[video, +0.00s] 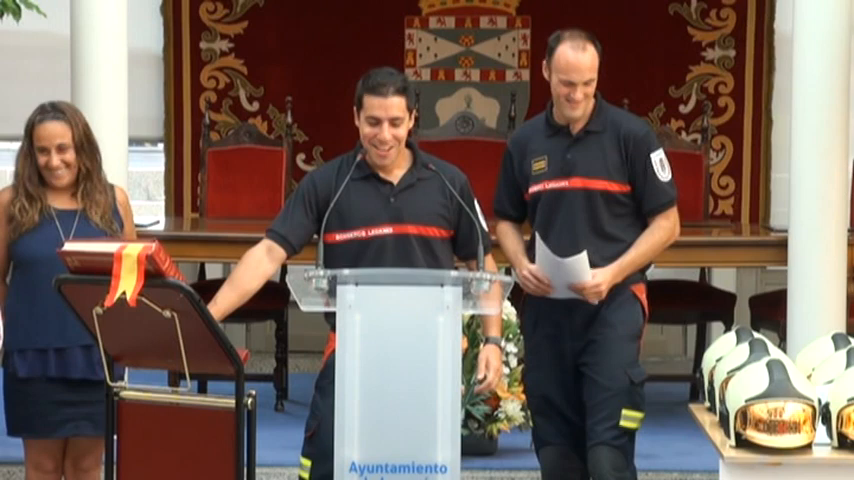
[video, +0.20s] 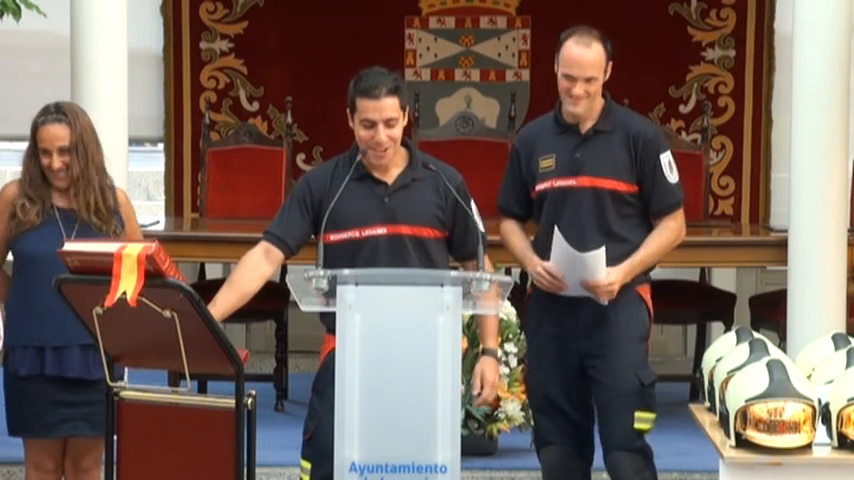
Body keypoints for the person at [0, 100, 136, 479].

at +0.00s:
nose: (54, 160)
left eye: (63, 149)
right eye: (44, 151)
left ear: (83, 149)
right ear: (31, 154)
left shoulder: (115, 200)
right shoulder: (11, 203)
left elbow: (132, 274)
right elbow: (1, 278)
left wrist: (127, 344)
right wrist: (4, 336)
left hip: (95, 355)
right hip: (31, 355)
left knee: (87, 466)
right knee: (44, 467)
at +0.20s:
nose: (55, 162)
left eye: (65, 151)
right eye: (46, 153)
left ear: (86, 150)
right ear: (35, 153)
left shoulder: (115, 201)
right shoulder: (15, 198)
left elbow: (139, 272)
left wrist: (128, 339)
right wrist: (13, 295)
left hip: (95, 354)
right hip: (32, 353)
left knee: (87, 466)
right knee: (43, 467)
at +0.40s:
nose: (56, 163)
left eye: (65, 151)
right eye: (47, 153)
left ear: (86, 149)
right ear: (36, 153)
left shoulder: (118, 200)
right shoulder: (17, 198)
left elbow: (145, 271)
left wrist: (127, 335)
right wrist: (12, 296)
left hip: (94, 351)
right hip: (32, 350)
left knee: (87, 466)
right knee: (43, 466)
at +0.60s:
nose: (55, 162)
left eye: (65, 150)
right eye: (46, 152)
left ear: (86, 149)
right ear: (35, 153)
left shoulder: (122, 201)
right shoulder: (16, 201)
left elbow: (133, 279)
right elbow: (4, 277)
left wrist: (126, 348)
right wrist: (5, 333)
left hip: (96, 355)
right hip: (32, 354)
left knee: (87, 466)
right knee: (44, 466)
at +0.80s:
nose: (56, 160)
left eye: (65, 148)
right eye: (46, 150)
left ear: (86, 148)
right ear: (35, 151)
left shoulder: (123, 201)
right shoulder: (15, 201)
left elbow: (134, 279)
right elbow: (5, 278)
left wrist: (125, 347)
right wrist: (12, 327)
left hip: (95, 357)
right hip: (31, 355)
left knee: (87, 466)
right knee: (43, 466)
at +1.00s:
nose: (58, 155)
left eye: (69, 145)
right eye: (48, 145)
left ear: (87, 147)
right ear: (35, 149)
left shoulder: (121, 201)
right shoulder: (13, 202)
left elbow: (136, 279)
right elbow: (2, 276)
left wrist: (127, 344)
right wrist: (10, 323)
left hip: (94, 356)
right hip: (30, 355)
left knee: (87, 466)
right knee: (42, 466)